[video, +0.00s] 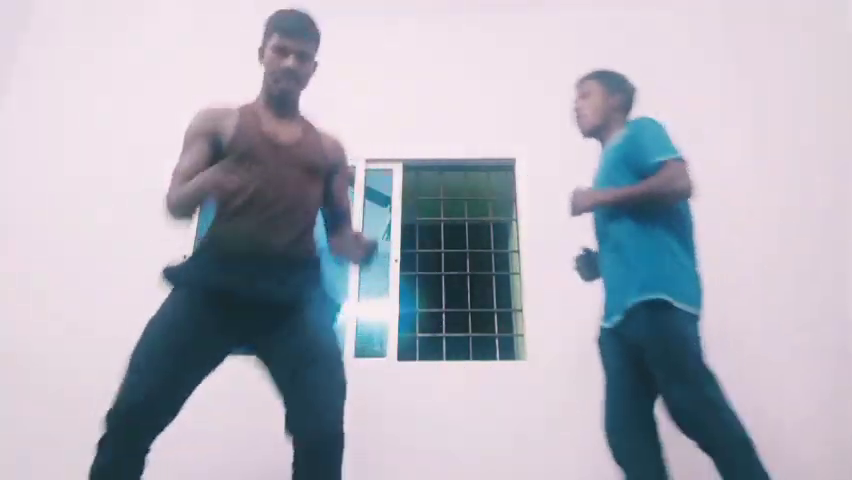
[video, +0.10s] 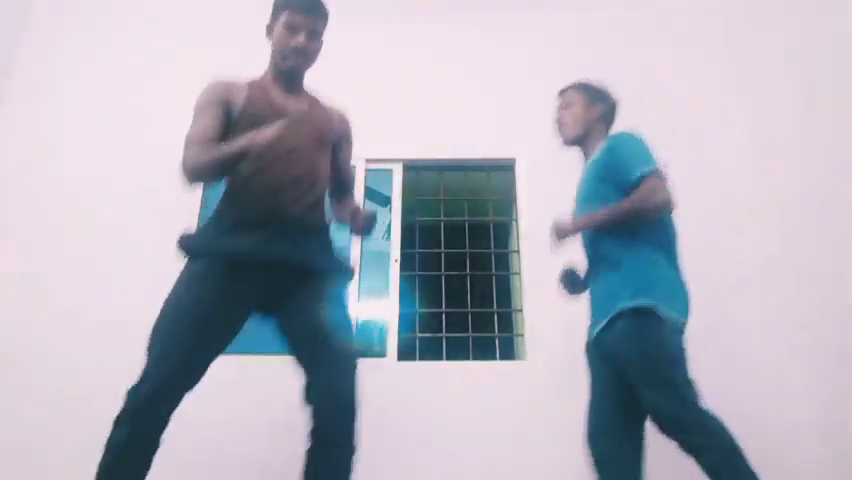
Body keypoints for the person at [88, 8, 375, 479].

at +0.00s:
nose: (290, 64)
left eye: (301, 56)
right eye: (281, 52)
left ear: (314, 66)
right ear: (262, 54)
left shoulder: (329, 151)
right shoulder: (215, 124)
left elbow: (339, 231)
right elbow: (176, 204)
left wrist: (354, 245)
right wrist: (209, 180)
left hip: (292, 302)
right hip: (211, 293)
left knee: (322, 431)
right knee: (131, 418)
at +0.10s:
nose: (301, 42)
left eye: (312, 35)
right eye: (292, 29)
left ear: (321, 45)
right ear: (271, 29)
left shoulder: (333, 122)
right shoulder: (226, 95)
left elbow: (342, 198)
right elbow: (193, 165)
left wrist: (355, 213)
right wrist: (256, 139)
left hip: (303, 271)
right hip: (226, 263)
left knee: (337, 376)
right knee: (157, 389)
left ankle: (327, 476)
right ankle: (115, 477)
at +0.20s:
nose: (322, 30)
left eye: (330, 24)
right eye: (313, 18)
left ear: (332, 36)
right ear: (282, 18)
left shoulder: (340, 107)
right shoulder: (239, 77)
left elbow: (351, 182)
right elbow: (213, 137)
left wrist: (362, 195)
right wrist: (292, 106)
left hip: (316, 254)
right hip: (239, 248)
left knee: (358, 383)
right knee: (173, 382)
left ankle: (349, 477)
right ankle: (136, 478)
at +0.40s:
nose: (339, 90)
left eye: (341, 82)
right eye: (333, 76)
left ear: (303, 78)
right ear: (296, 74)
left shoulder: (340, 162)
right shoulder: (239, 129)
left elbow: (358, 254)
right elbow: (238, 180)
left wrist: (377, 214)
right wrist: (302, 119)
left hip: (325, 320)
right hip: (250, 313)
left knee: (374, 459)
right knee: (195, 427)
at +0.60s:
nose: (315, 53)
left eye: (317, 44)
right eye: (308, 39)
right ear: (270, 36)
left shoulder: (314, 117)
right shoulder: (211, 88)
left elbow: (336, 210)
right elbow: (173, 149)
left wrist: (324, 156)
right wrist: (258, 107)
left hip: (283, 277)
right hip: (206, 264)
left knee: (330, 427)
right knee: (120, 372)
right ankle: (62, 475)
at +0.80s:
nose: (279, 71)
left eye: (282, 64)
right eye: (270, 58)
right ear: (231, 56)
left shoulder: (276, 148)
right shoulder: (162, 118)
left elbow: (296, 248)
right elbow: (109, 196)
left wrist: (284, 183)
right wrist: (195, 145)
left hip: (234, 306)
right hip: (149, 293)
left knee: (308, 446)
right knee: (60, 417)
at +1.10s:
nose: (316, 66)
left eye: (318, 58)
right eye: (308, 53)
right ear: (271, 52)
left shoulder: (311, 141)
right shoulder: (213, 111)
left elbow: (329, 235)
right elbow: (174, 180)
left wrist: (329, 188)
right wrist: (259, 142)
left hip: (289, 297)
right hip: (213, 289)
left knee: (358, 430)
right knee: (135, 389)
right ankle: (118, 476)